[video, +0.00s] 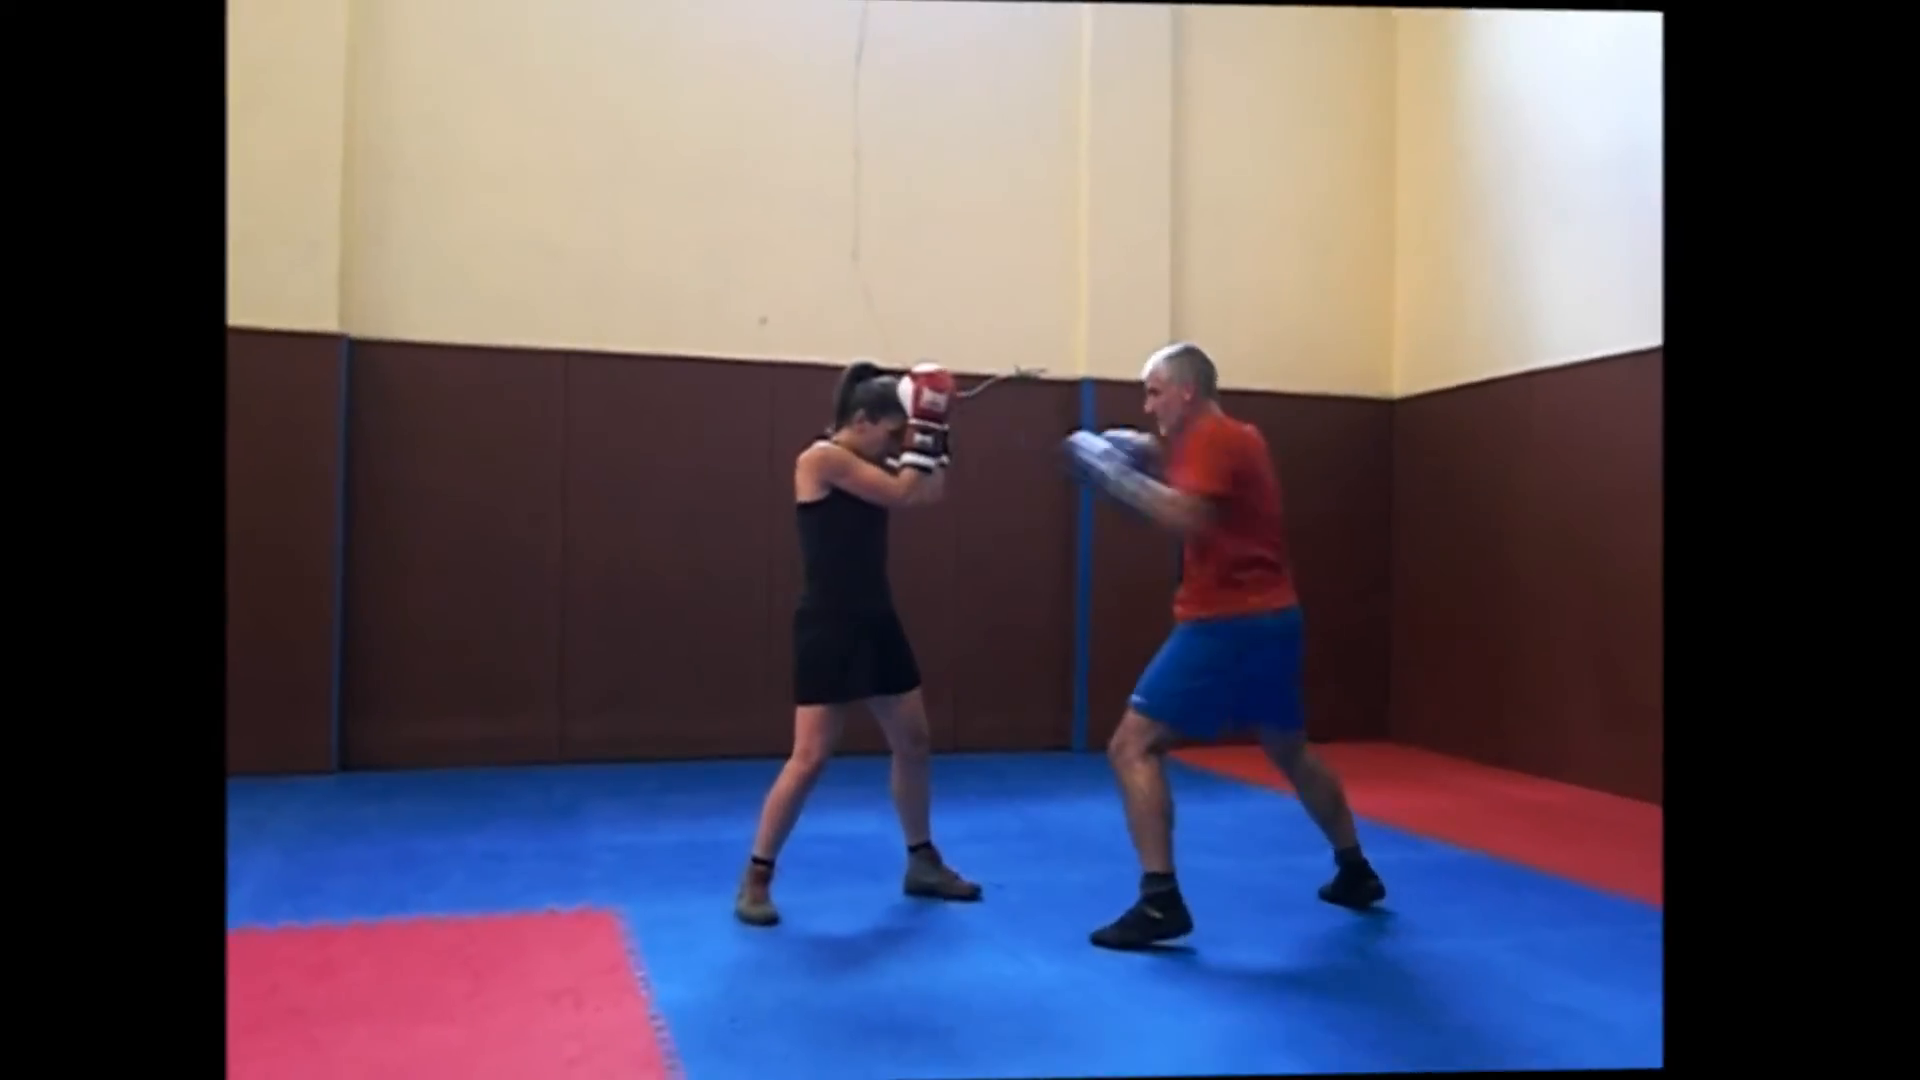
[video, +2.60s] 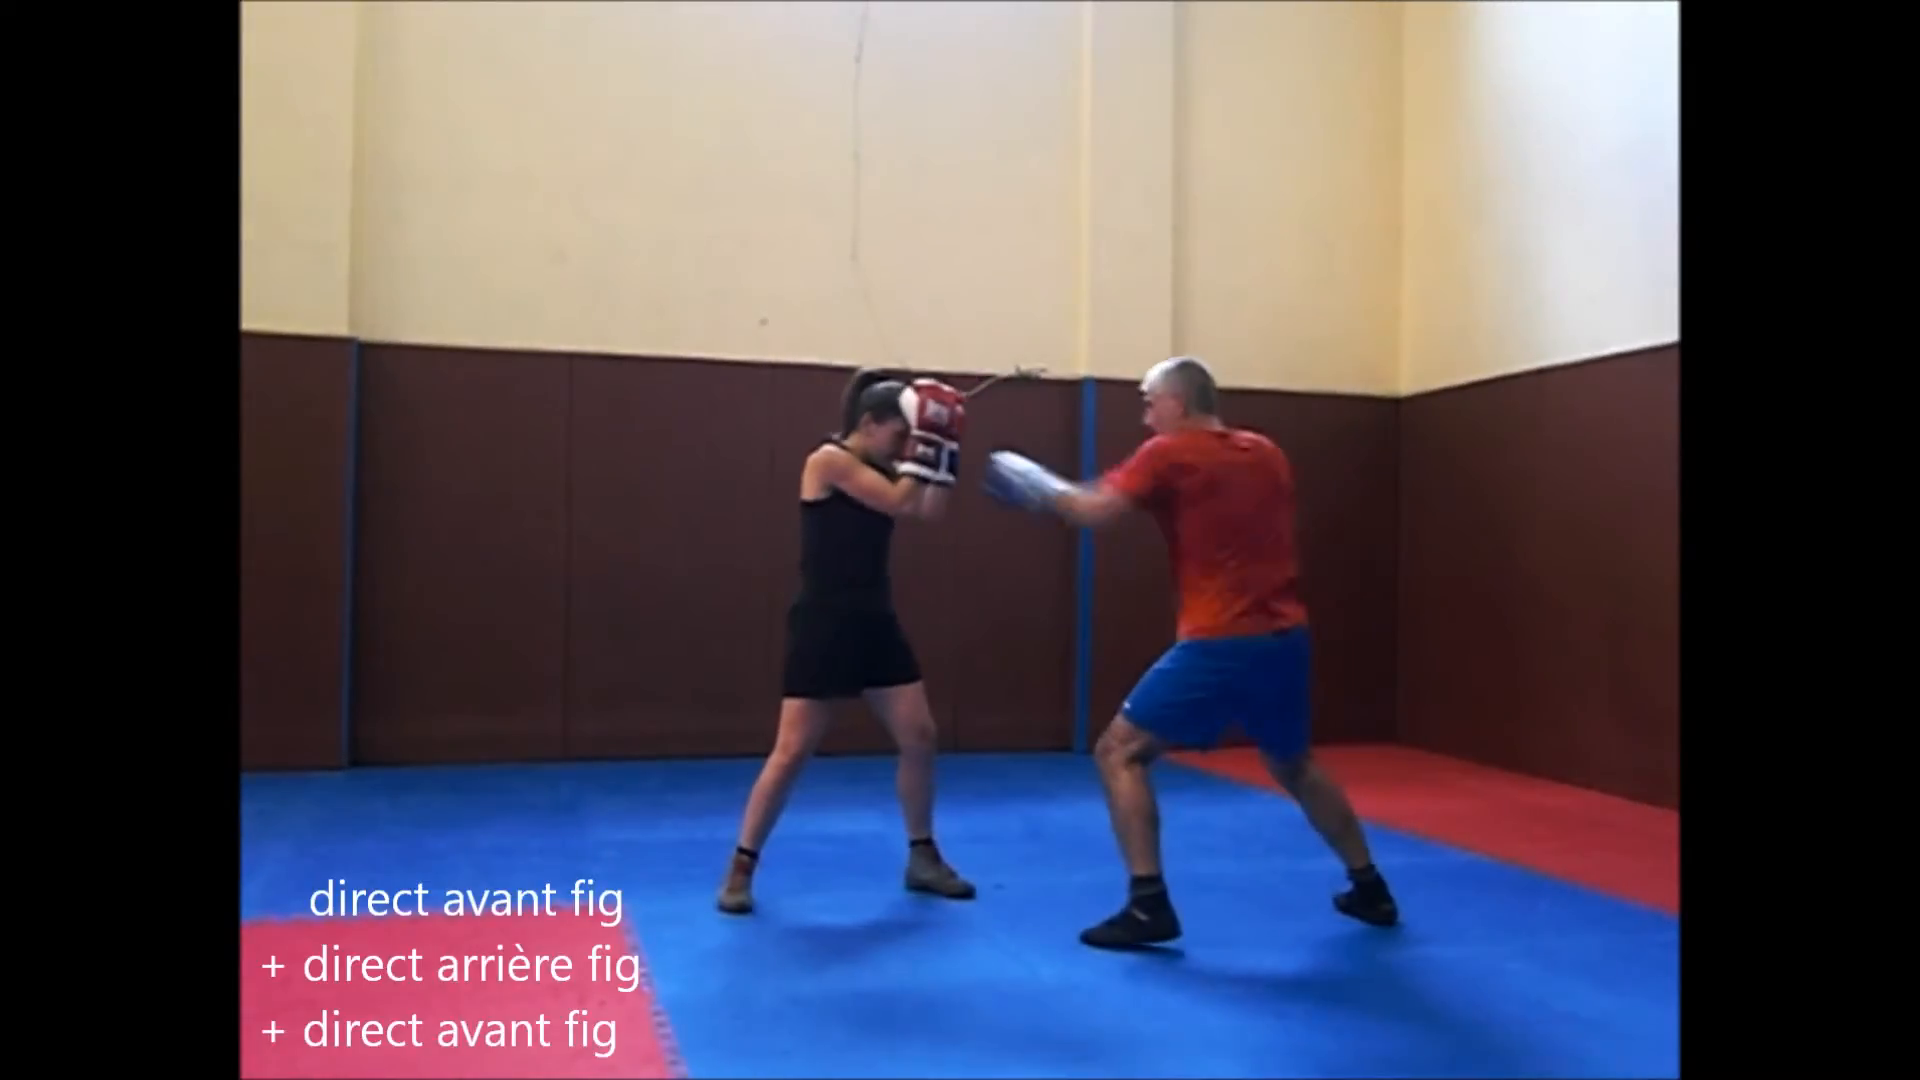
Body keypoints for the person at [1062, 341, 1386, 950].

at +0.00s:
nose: (1148, 405)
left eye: (1155, 392)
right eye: (1147, 393)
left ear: (1186, 391)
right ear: (1195, 393)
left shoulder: (1205, 439)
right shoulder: (1242, 435)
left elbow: (1188, 514)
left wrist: (1112, 476)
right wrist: (1151, 458)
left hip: (1218, 626)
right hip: (1273, 622)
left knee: (1132, 748)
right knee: (1291, 751)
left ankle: (1160, 901)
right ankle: (1355, 870)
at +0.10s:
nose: (1146, 410)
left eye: (1152, 399)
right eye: (1146, 400)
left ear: (1182, 397)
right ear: (1205, 399)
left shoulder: (1168, 436)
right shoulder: (1267, 441)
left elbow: (1067, 448)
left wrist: (985, 429)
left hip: (1215, 627)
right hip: (1287, 623)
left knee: (1133, 753)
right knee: (1306, 748)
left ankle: (1162, 906)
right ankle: (1359, 877)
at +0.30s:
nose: (1171, 410)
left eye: (1175, 399)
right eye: (1170, 400)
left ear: (1201, 396)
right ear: (1229, 398)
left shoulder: (1190, 440)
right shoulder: (1288, 445)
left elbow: (1109, 478)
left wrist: (1041, 459)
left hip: (1231, 625)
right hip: (1302, 620)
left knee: (1151, 754)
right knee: (1319, 753)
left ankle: (1165, 909)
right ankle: (1364, 884)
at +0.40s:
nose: (1180, 400)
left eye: (1185, 387)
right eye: (1179, 389)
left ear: (1217, 385)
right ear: (1237, 387)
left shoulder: (1220, 437)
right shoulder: (1287, 435)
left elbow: (1182, 506)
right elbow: (1243, 496)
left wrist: (1127, 475)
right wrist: (1177, 461)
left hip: (1251, 619)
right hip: (1307, 612)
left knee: (1161, 740)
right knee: (1312, 750)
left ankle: (1164, 896)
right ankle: (1364, 883)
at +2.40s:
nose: (1190, 412)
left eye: (1194, 400)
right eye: (1189, 401)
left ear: (1224, 395)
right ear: (1246, 397)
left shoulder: (1208, 440)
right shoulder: (1307, 445)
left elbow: (1157, 488)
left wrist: (1091, 464)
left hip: (1223, 630)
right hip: (1297, 633)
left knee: (1136, 744)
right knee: (1313, 757)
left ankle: (1145, 894)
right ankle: (1370, 886)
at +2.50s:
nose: (1167, 420)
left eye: (1173, 409)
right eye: (1167, 410)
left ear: (1207, 409)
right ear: (1229, 410)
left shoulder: (1172, 455)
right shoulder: (1290, 452)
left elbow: (1073, 461)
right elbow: (1313, 535)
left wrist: (990, 445)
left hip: (1217, 642)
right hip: (1293, 644)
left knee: (1120, 751)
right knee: (1308, 762)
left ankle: (1146, 899)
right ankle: (1371, 888)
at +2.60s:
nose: (1146, 415)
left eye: (1152, 403)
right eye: (1145, 403)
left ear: (1182, 405)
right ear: (1208, 404)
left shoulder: (1168, 453)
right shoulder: (1267, 453)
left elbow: (1094, 508)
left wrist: (1038, 485)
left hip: (1214, 645)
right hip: (1286, 641)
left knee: (1118, 752)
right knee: (1297, 766)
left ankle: (1148, 906)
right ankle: (1371, 889)